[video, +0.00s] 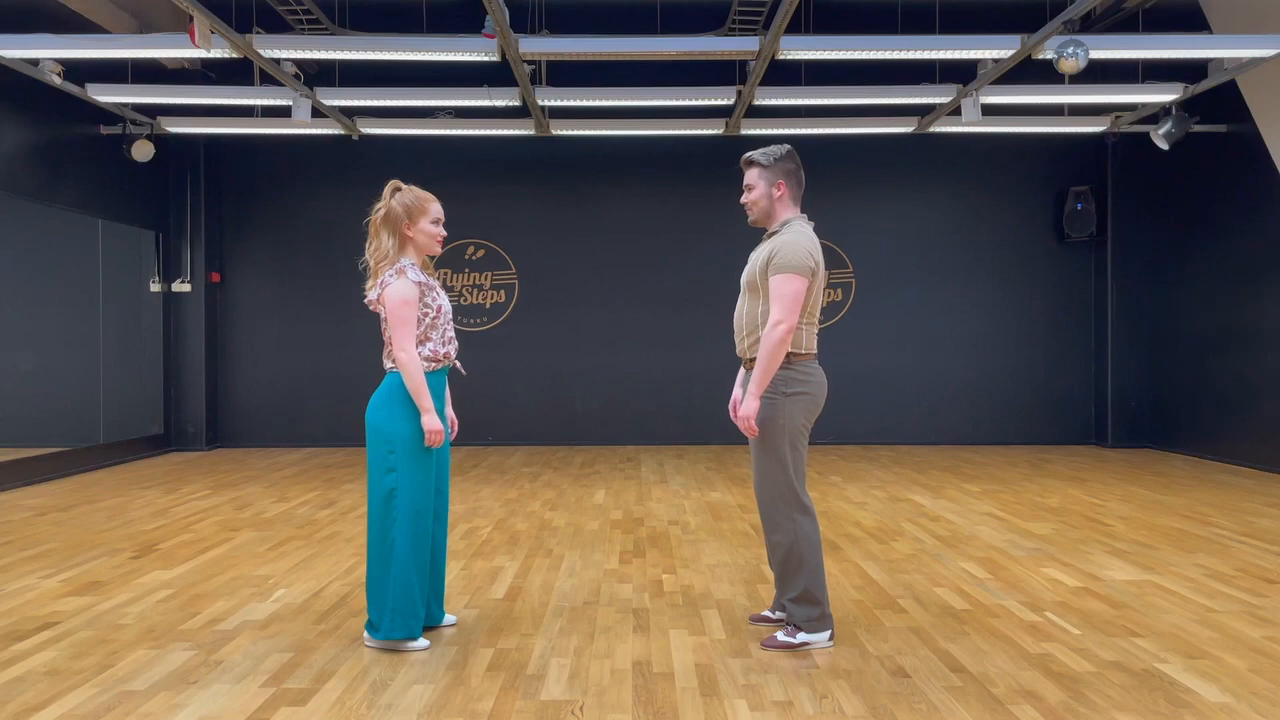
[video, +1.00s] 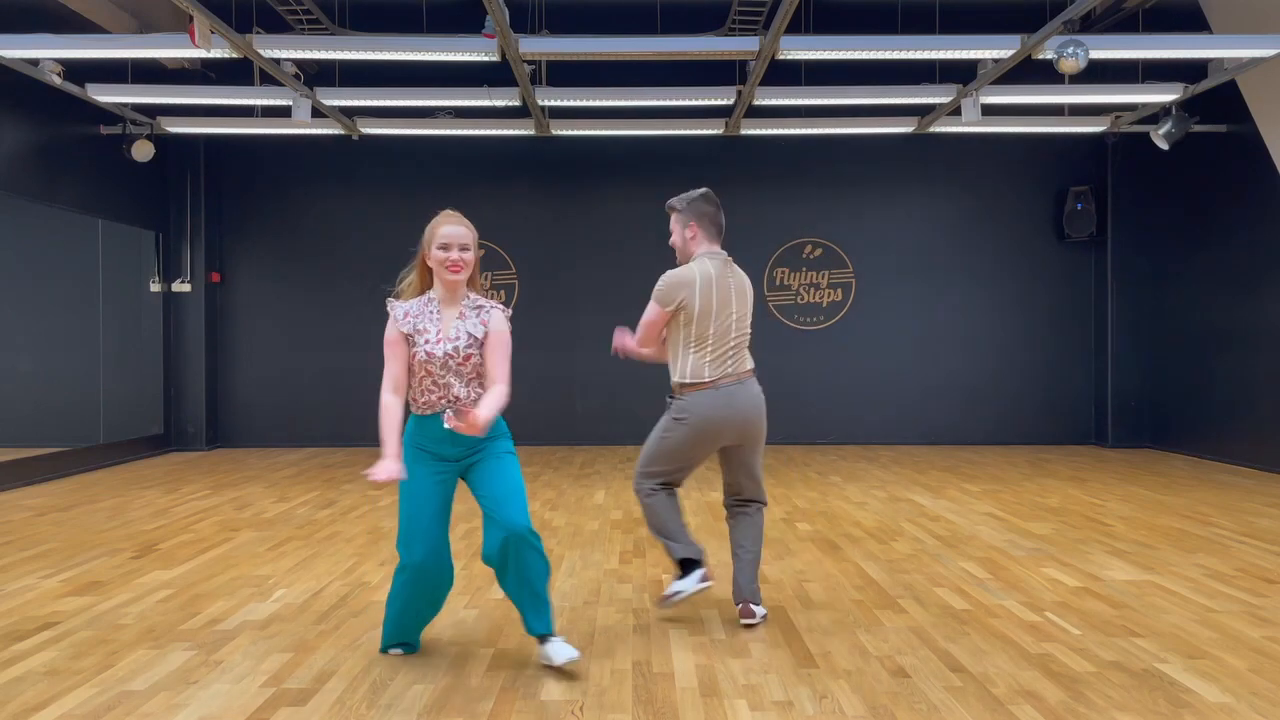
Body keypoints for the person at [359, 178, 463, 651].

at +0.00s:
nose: (444, 230)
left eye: (443, 221)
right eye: (435, 222)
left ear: (416, 229)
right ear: (408, 228)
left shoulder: (423, 277)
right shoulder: (400, 280)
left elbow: (431, 349)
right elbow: (403, 352)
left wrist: (446, 402)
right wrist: (427, 410)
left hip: (427, 398)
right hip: (401, 403)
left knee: (428, 513)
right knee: (401, 518)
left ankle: (423, 609)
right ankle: (388, 625)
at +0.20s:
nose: (444, 231)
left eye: (444, 222)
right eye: (436, 223)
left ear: (417, 229)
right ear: (408, 228)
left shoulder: (424, 277)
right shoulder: (402, 281)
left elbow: (431, 348)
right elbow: (404, 352)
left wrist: (446, 402)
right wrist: (426, 411)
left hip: (427, 399)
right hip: (402, 404)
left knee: (427, 514)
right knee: (402, 518)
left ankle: (423, 609)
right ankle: (388, 626)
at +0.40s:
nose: (449, 230)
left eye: (448, 222)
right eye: (440, 222)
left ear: (422, 229)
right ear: (412, 229)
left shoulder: (434, 278)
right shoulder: (404, 283)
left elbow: (445, 345)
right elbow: (400, 353)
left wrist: (452, 399)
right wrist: (424, 410)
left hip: (431, 400)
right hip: (401, 403)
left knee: (429, 513)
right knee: (401, 518)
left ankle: (424, 609)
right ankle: (389, 625)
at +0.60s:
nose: (458, 232)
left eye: (456, 223)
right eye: (448, 224)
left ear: (439, 230)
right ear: (420, 230)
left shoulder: (462, 277)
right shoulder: (395, 278)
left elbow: (492, 325)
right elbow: (417, 331)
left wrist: (490, 291)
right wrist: (477, 313)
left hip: (442, 406)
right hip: (396, 406)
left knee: (433, 511)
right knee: (403, 513)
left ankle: (426, 604)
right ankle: (396, 623)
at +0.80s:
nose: (463, 237)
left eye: (463, 229)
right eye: (452, 227)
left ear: (463, 239)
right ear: (420, 236)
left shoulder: (472, 282)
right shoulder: (392, 287)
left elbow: (467, 318)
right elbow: (427, 329)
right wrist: (462, 284)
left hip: (457, 419)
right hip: (400, 418)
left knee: (467, 524)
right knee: (402, 526)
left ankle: (434, 584)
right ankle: (395, 626)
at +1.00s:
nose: (455, 256)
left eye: (465, 248)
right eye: (444, 248)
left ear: (476, 256)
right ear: (427, 256)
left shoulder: (492, 315)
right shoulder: (404, 315)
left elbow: (499, 385)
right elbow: (393, 390)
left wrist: (480, 416)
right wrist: (391, 455)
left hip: (487, 439)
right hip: (426, 442)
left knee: (515, 529)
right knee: (421, 555)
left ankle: (546, 636)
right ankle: (401, 639)